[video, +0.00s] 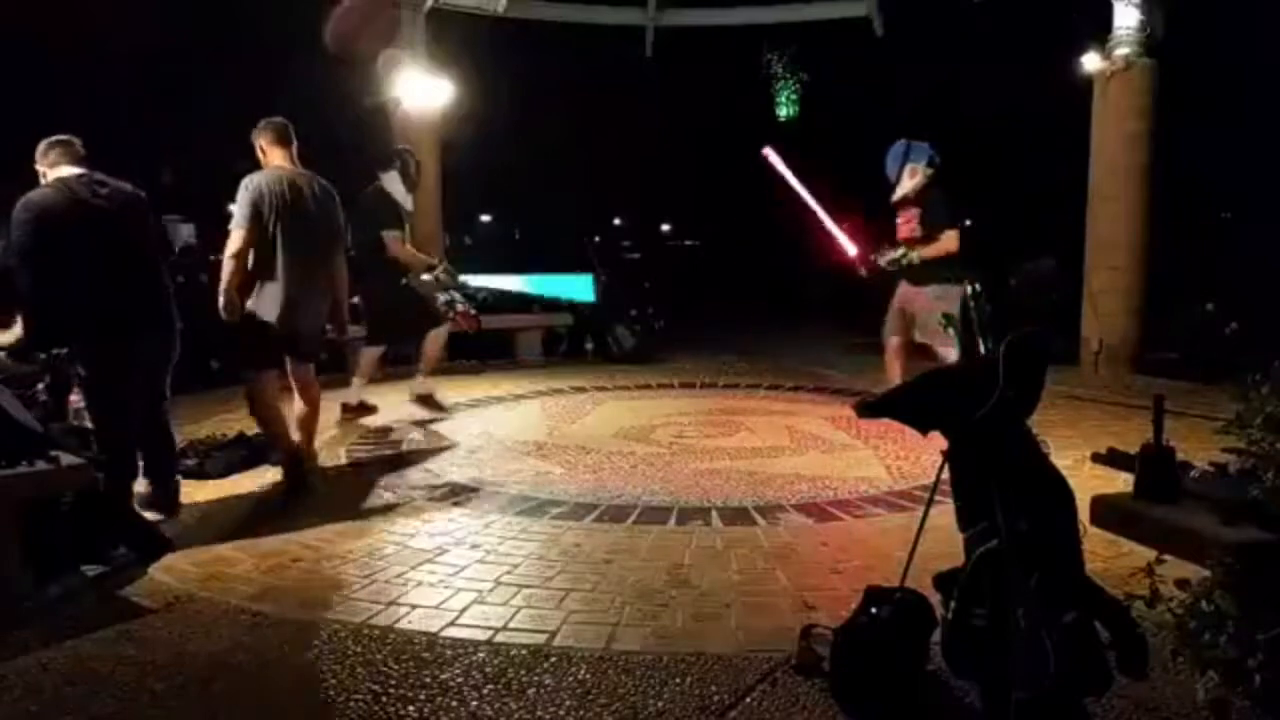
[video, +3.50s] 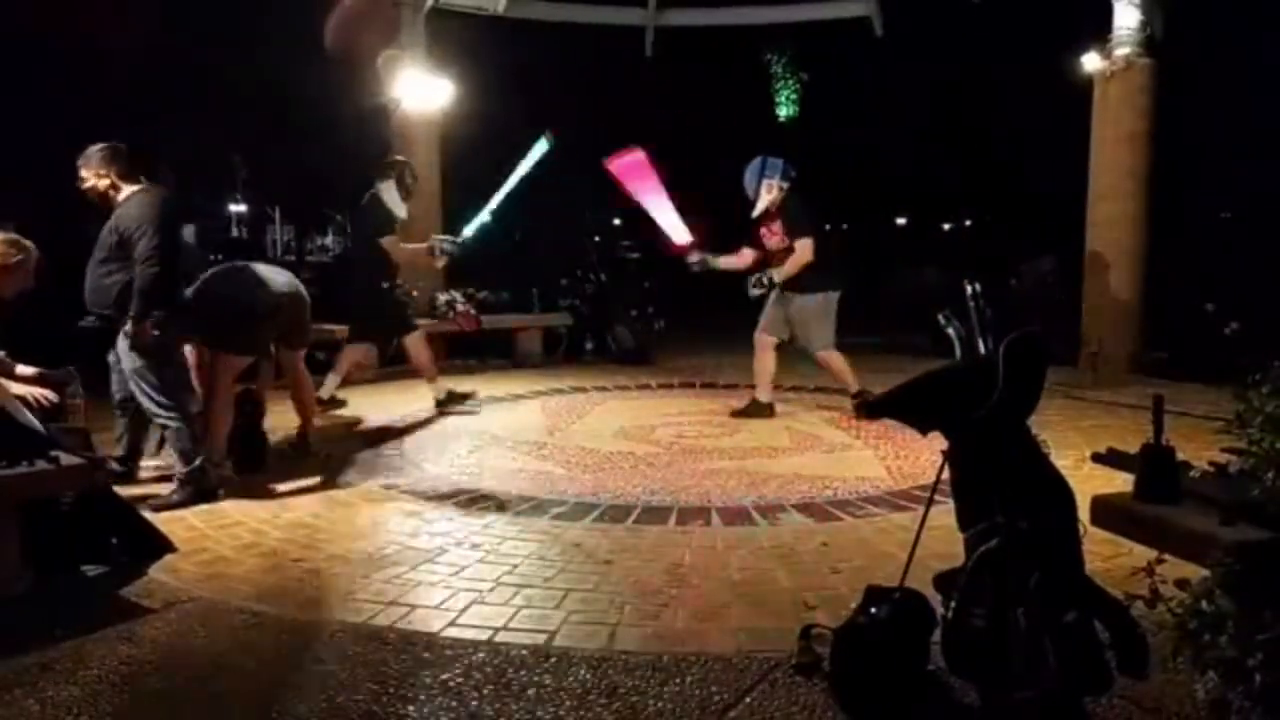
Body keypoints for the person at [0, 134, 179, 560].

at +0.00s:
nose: (39, 178)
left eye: (39, 172)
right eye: (41, 173)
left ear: (44, 170)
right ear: (84, 161)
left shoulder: (34, 206)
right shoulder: (130, 196)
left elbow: (25, 274)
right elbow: (158, 262)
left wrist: (30, 328)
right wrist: (162, 316)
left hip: (87, 329)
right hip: (145, 323)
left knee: (108, 421)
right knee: (152, 410)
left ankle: (113, 510)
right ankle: (164, 495)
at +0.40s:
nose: (78, 186)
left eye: (78, 179)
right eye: (79, 180)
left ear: (85, 175)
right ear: (120, 169)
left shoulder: (78, 205)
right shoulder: (155, 200)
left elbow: (66, 266)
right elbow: (187, 261)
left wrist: (65, 318)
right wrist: (183, 308)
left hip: (109, 325)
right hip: (164, 321)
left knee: (116, 417)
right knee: (171, 404)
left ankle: (119, 494)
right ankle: (179, 481)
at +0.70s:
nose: (108, 182)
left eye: (110, 176)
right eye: (109, 177)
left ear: (115, 172)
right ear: (146, 168)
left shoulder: (119, 193)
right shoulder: (172, 195)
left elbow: (99, 249)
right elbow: (188, 257)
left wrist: (83, 300)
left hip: (147, 313)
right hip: (187, 306)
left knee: (124, 385)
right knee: (178, 397)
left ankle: (161, 462)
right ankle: (178, 481)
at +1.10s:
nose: (127, 189)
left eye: (125, 181)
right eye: (125, 183)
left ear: (134, 169)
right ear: (158, 163)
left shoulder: (150, 198)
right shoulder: (189, 191)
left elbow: (128, 251)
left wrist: (111, 297)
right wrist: (134, 301)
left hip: (180, 315)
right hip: (204, 306)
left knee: (182, 405)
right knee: (178, 401)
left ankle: (199, 479)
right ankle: (175, 472)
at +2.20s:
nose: (130, 172)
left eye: (134, 163)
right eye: (129, 164)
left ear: (153, 161)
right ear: (157, 162)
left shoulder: (187, 194)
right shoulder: (174, 196)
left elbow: (185, 257)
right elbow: (179, 257)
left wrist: (170, 311)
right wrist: (159, 307)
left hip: (181, 315)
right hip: (171, 313)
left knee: (186, 399)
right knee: (180, 398)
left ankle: (197, 474)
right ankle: (191, 467)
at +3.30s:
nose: (105, 180)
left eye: (106, 171)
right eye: (103, 172)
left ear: (123, 167)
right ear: (138, 164)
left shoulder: (150, 206)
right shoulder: (170, 195)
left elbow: (151, 267)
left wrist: (140, 319)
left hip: (154, 316)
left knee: (169, 401)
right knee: (139, 390)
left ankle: (196, 476)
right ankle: (138, 457)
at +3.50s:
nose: (85, 188)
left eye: (86, 180)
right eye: (83, 181)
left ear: (106, 176)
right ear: (109, 175)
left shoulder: (144, 207)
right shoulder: (132, 205)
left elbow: (150, 266)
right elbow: (142, 264)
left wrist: (137, 317)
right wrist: (123, 311)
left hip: (139, 321)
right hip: (122, 320)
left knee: (163, 404)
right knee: (125, 396)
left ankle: (195, 474)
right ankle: (125, 461)